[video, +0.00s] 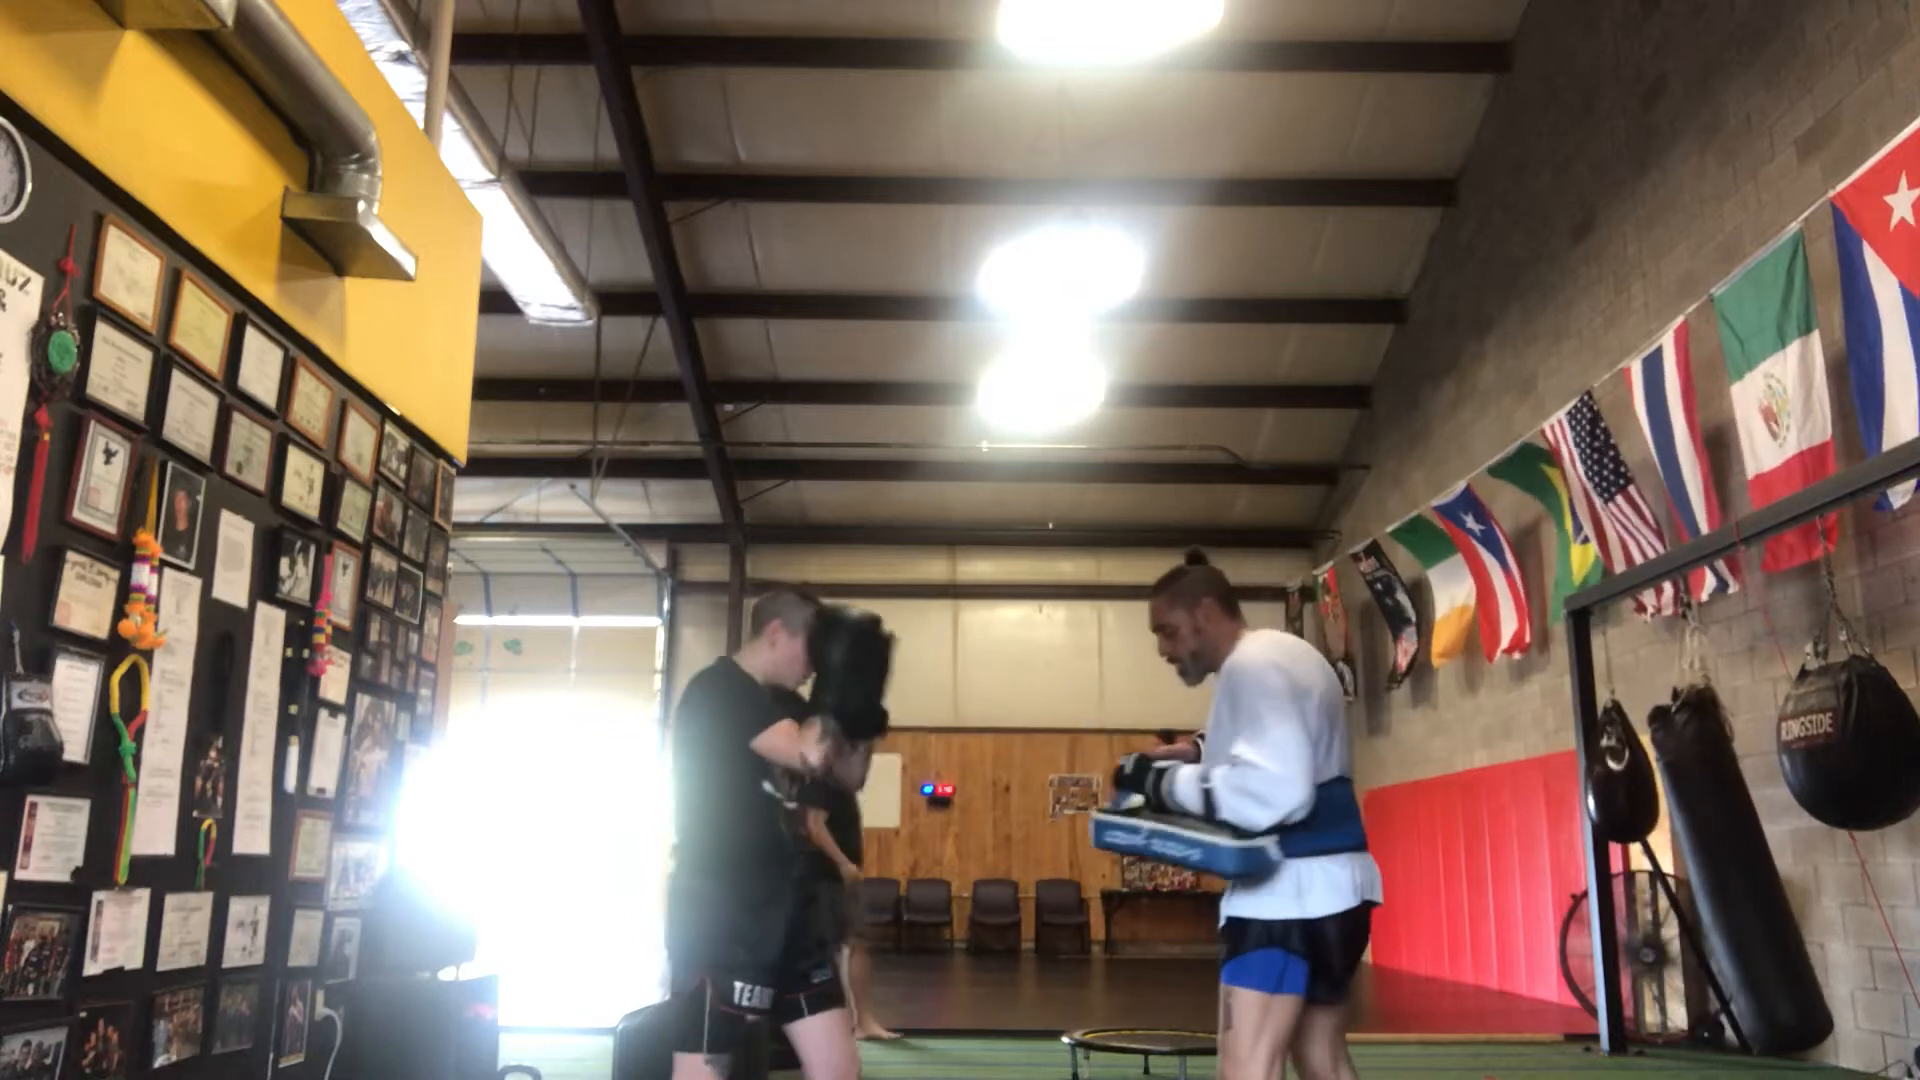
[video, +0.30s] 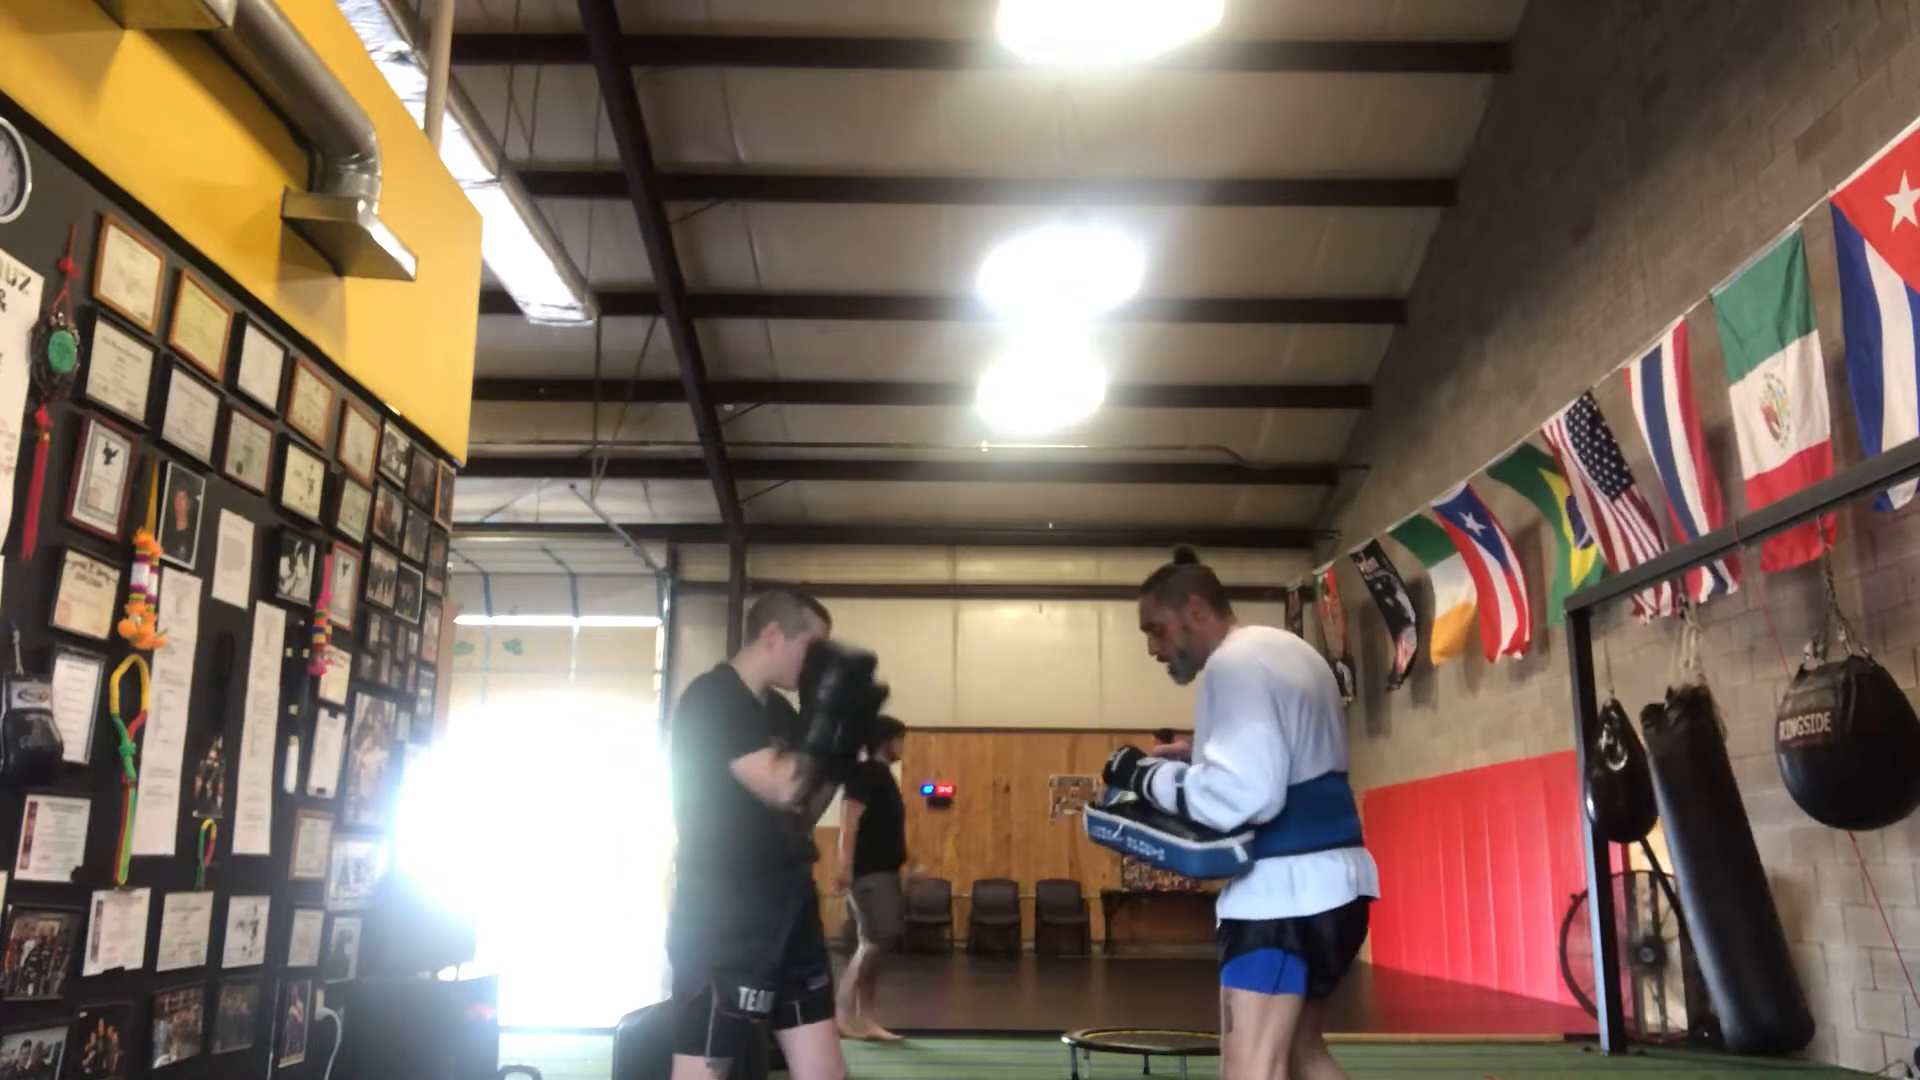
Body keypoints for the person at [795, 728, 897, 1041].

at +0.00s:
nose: (863, 760)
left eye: (864, 753)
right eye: (859, 753)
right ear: (839, 750)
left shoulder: (841, 784)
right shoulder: (822, 782)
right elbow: (815, 824)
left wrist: (851, 860)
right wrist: (843, 862)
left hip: (843, 872)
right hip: (831, 875)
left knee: (843, 946)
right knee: (854, 943)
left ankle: (846, 1017)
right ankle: (862, 1017)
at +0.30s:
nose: (902, 747)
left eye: (902, 741)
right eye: (899, 741)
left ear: (886, 742)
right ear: (885, 742)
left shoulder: (884, 775)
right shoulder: (866, 773)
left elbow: (879, 821)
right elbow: (850, 821)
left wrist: (895, 859)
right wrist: (844, 866)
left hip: (885, 867)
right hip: (868, 869)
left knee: (878, 943)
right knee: (871, 942)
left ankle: (865, 1016)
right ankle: (844, 1013)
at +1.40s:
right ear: (1040, 747)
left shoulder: (1046, 778)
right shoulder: (1024, 776)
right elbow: (1023, 817)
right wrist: (1049, 866)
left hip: (1042, 877)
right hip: (1020, 877)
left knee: (1051, 949)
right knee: (1016, 948)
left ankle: (1053, 1026)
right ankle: (965, 1015)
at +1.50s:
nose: (1074, 752)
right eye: (1069, 745)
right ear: (1055, 744)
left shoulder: (1052, 778)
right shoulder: (1037, 775)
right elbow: (1036, 822)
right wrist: (1054, 866)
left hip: (1049, 876)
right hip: (1034, 875)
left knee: (1054, 952)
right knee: (1045, 947)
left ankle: (1054, 1027)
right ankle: (993, 1007)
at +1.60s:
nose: (1082, 758)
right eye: (1078, 751)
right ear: (1065, 750)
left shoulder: (1065, 781)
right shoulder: (1046, 779)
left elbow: (1069, 826)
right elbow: (1045, 824)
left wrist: (1085, 862)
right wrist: (1058, 865)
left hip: (1060, 872)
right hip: (1051, 873)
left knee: (1057, 947)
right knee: (1069, 943)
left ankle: (1052, 1018)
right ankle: (1034, 1012)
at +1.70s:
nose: (1094, 754)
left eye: (1095, 747)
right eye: (1091, 746)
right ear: (1079, 745)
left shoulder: (1078, 782)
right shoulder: (1057, 777)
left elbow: (1083, 836)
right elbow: (1052, 823)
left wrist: (1119, 856)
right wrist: (1066, 865)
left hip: (1058, 878)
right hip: (1071, 878)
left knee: (1058, 950)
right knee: (1090, 948)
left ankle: (1054, 1027)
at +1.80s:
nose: (1102, 736)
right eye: (1095, 729)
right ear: (1080, 734)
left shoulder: (1093, 782)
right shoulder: (1066, 781)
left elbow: (1109, 834)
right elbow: (1061, 822)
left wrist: (1149, 852)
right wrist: (1075, 870)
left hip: (1090, 876)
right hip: (1080, 878)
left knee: (1061, 951)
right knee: (1106, 951)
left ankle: (1054, 1028)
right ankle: (1125, 1027)